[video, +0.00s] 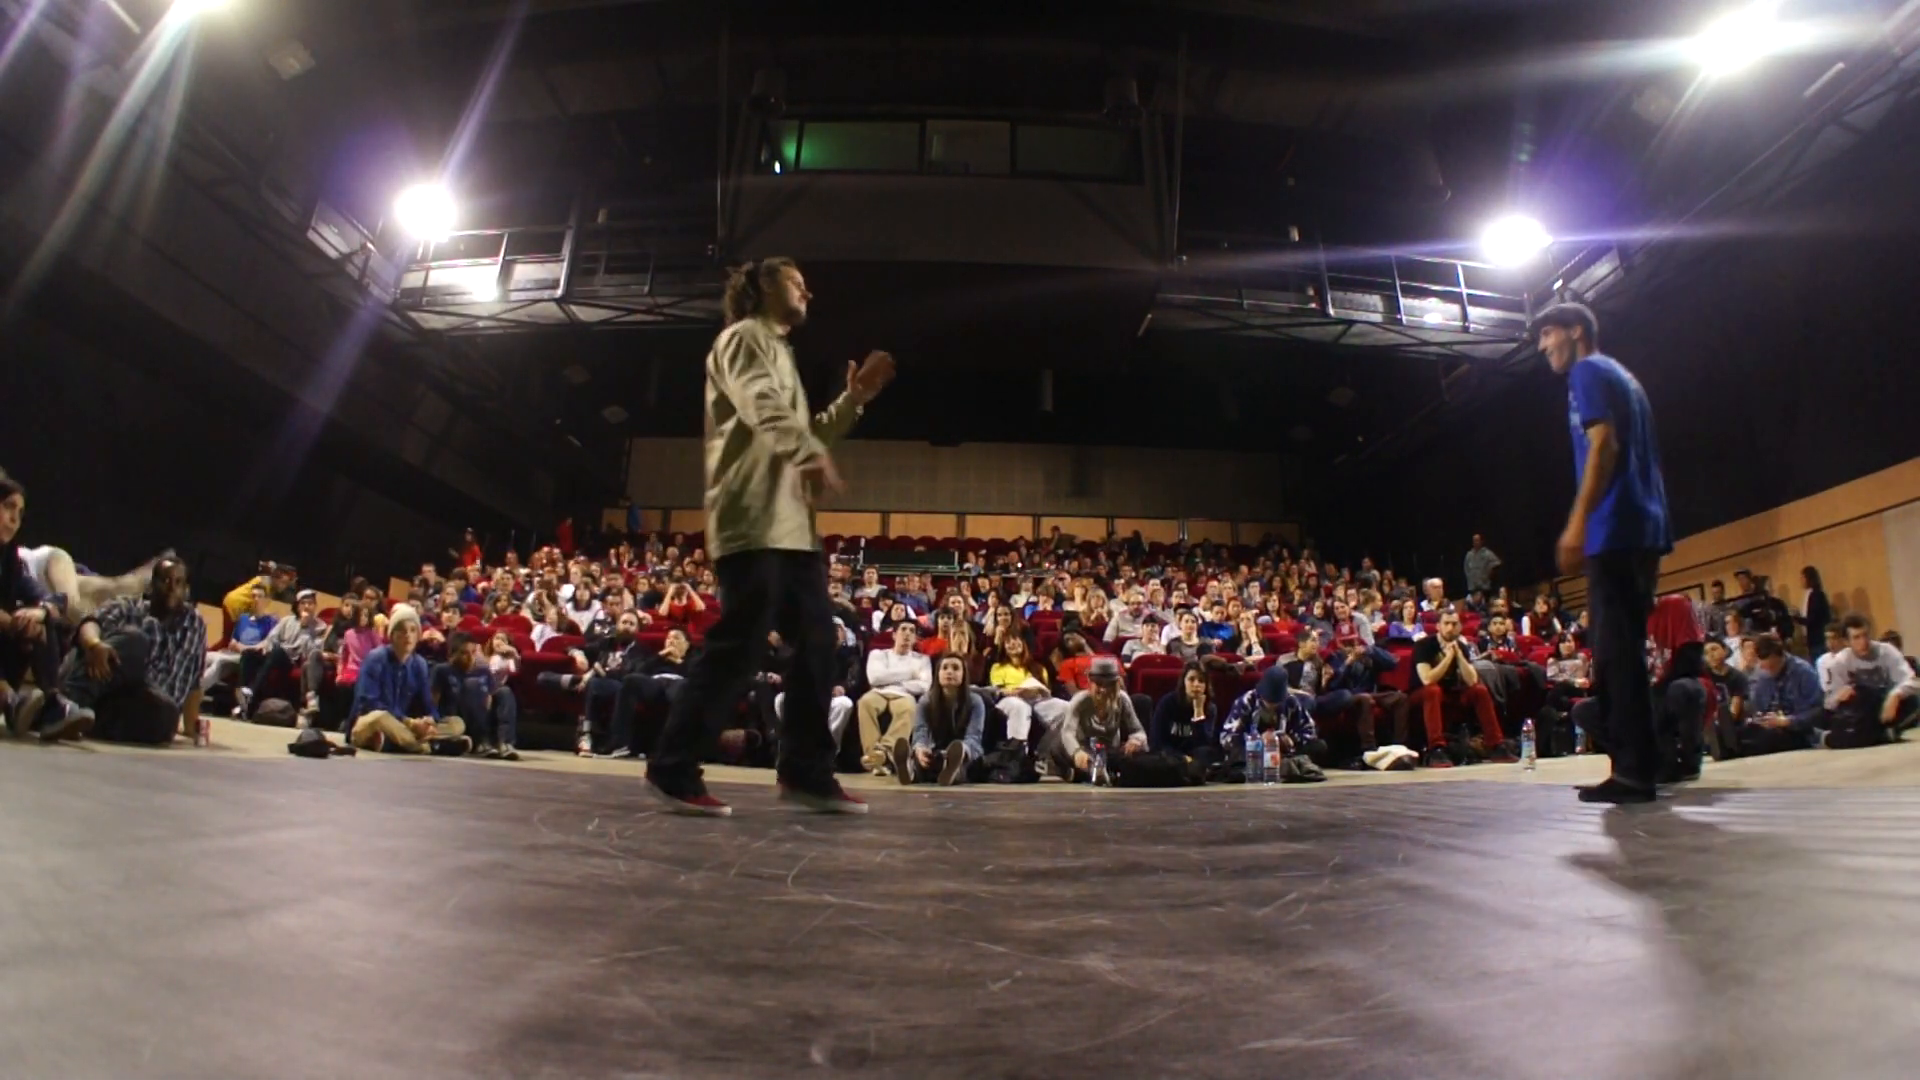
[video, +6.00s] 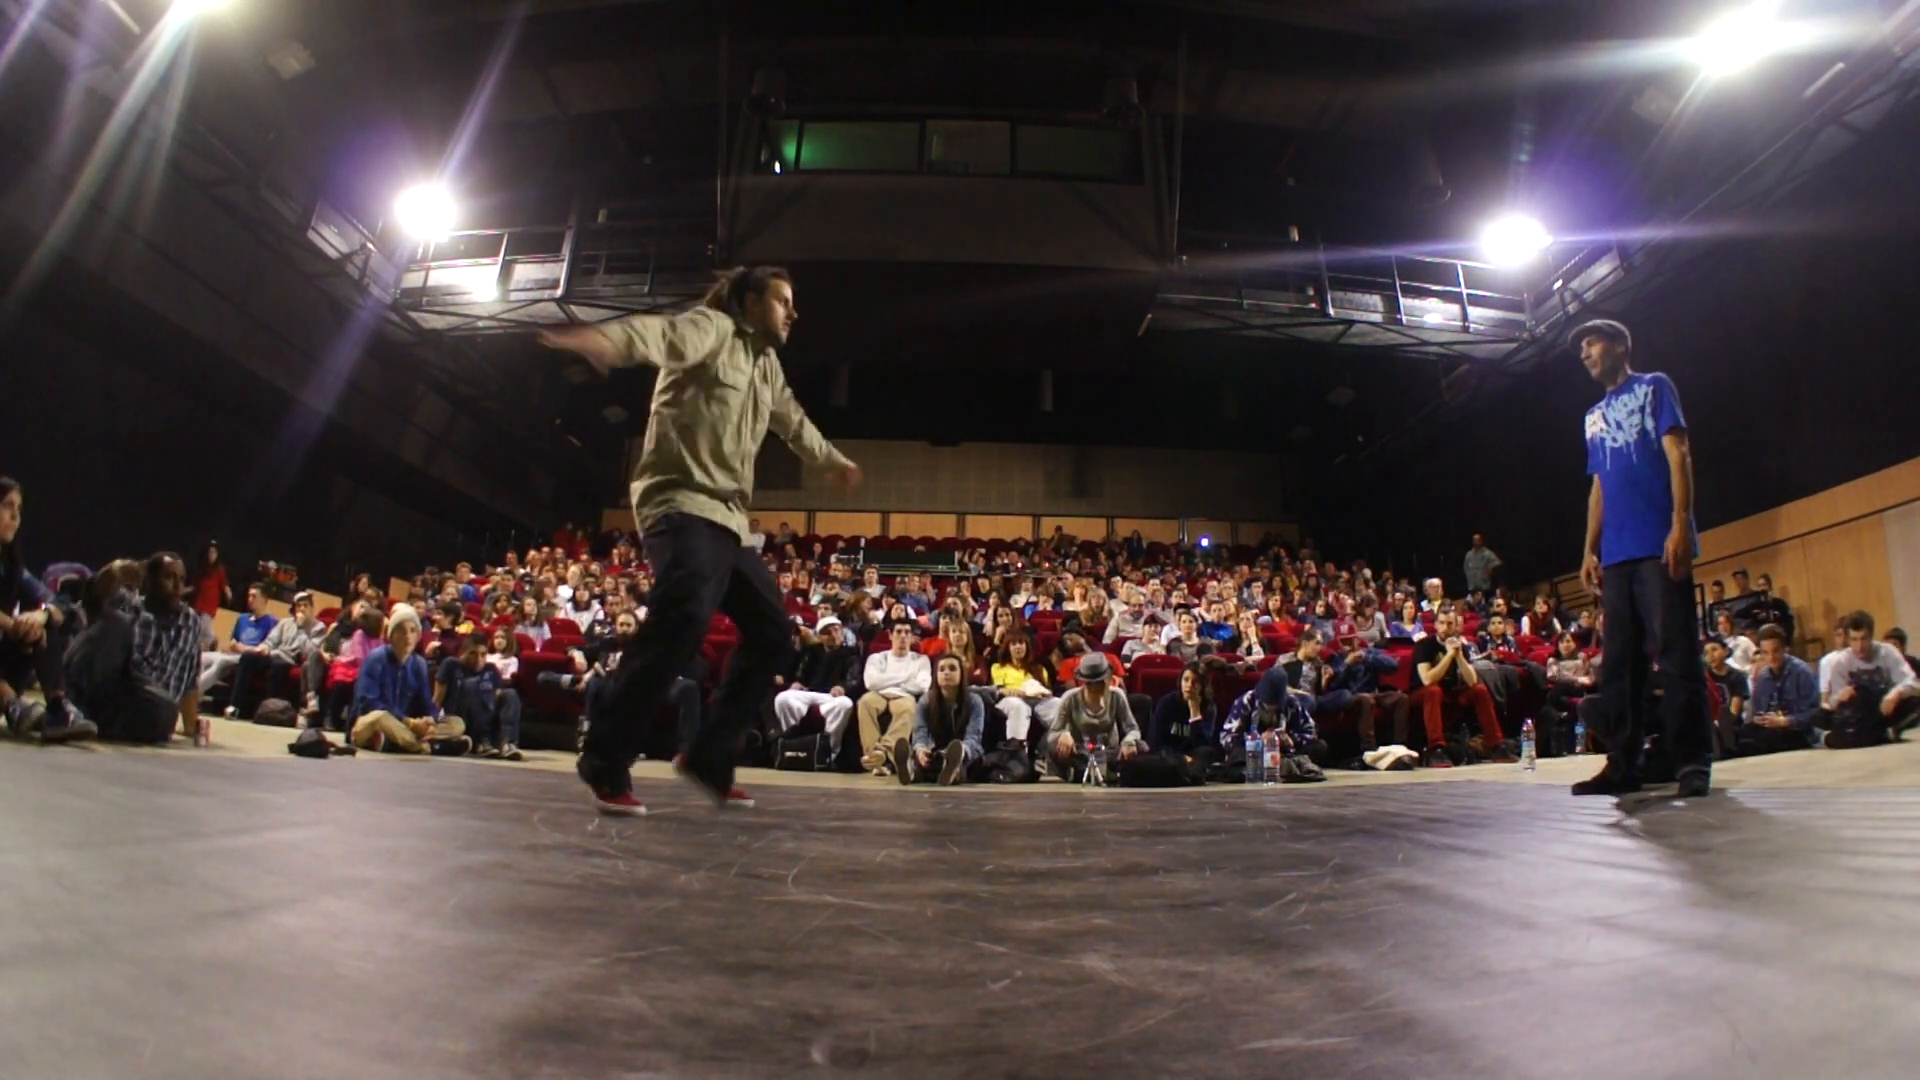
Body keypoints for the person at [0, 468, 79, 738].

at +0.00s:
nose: (14, 519)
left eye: (19, 513)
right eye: (9, 508)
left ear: (21, 519)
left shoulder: (12, 557)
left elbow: (51, 603)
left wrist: (40, 611)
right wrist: (11, 621)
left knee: (41, 623)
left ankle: (53, 704)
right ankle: (9, 701)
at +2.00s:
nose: (13, 517)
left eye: (17, 510)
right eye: (7, 507)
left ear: (21, 515)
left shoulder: (14, 570)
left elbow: (58, 605)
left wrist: (41, 613)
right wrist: (12, 624)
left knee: (43, 624)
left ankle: (57, 706)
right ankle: (11, 702)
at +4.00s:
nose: (14, 516)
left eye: (18, 509)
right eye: (8, 506)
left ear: (21, 517)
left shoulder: (11, 562)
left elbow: (53, 609)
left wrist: (42, 614)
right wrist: (13, 625)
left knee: (44, 628)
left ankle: (58, 708)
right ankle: (11, 704)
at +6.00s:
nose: (15, 516)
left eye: (18, 508)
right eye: (8, 506)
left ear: (19, 514)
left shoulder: (11, 564)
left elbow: (57, 608)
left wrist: (42, 614)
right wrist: (10, 623)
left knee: (44, 624)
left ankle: (57, 708)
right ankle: (12, 705)